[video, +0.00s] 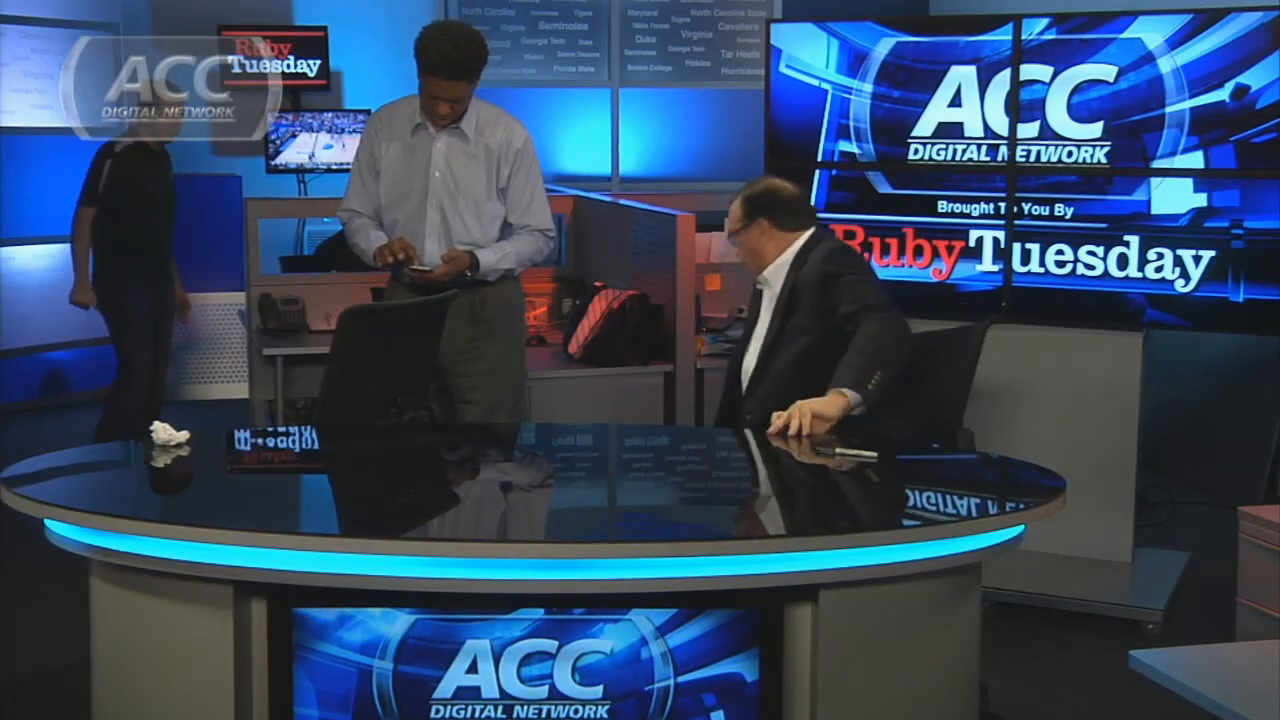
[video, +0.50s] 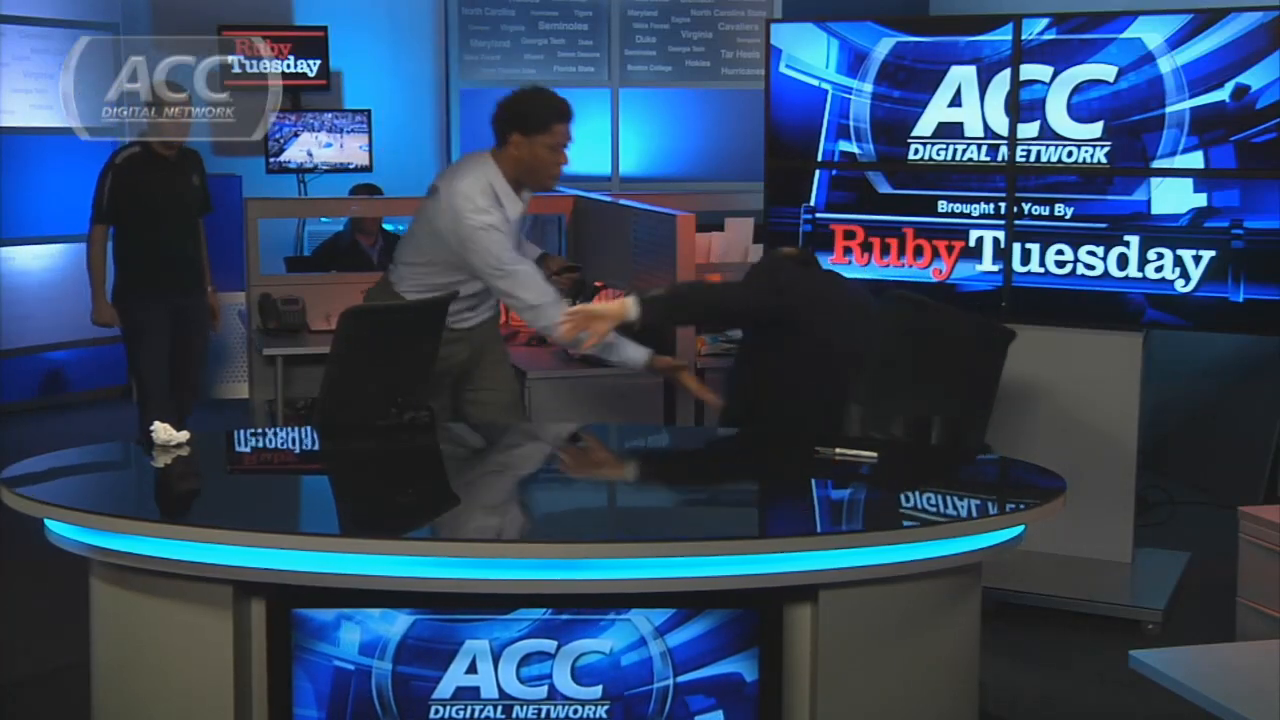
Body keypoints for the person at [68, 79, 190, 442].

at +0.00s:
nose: (176, 122)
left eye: (179, 114)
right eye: (170, 113)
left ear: (178, 117)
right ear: (150, 113)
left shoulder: (162, 159)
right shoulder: (113, 153)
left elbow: (160, 235)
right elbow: (83, 218)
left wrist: (175, 286)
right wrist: (82, 281)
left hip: (157, 281)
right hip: (119, 280)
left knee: (154, 371)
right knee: (136, 368)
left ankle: (141, 453)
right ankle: (110, 455)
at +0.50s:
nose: (180, 122)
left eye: (185, 114)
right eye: (172, 114)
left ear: (190, 117)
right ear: (153, 116)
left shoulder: (191, 161)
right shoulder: (122, 163)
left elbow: (197, 229)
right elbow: (98, 234)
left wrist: (208, 289)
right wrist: (100, 299)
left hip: (188, 291)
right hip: (141, 292)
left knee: (187, 382)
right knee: (152, 386)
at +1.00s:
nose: (202, 121)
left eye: (204, 112)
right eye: (194, 112)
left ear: (208, 115)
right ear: (174, 115)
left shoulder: (212, 159)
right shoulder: (140, 164)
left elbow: (219, 226)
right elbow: (123, 239)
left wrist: (232, 286)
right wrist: (151, 291)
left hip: (213, 294)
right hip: (163, 299)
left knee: (232, 390)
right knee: (170, 397)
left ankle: (242, 470)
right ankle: (173, 480)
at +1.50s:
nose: (290, 131)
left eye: (293, 123)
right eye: (283, 122)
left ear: (289, 125)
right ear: (259, 120)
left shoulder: (279, 165)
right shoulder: (217, 165)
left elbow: (276, 236)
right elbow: (191, 239)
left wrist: (285, 293)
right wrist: (225, 296)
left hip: (276, 304)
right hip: (231, 306)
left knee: (280, 396)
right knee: (230, 398)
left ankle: (276, 474)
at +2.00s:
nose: (361, 141)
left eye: (363, 133)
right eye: (354, 132)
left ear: (331, 131)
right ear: (326, 129)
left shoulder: (344, 177)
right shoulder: (284, 175)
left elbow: (346, 250)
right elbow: (252, 246)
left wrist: (367, 307)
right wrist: (251, 319)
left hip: (335, 309)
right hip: (294, 310)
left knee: (335, 403)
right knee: (308, 404)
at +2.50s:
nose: (433, 137)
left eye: (435, 129)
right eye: (427, 128)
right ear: (398, 123)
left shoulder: (410, 171)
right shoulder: (358, 171)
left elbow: (412, 256)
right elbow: (334, 254)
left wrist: (436, 316)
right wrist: (364, 316)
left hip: (412, 323)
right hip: (373, 326)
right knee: (368, 424)